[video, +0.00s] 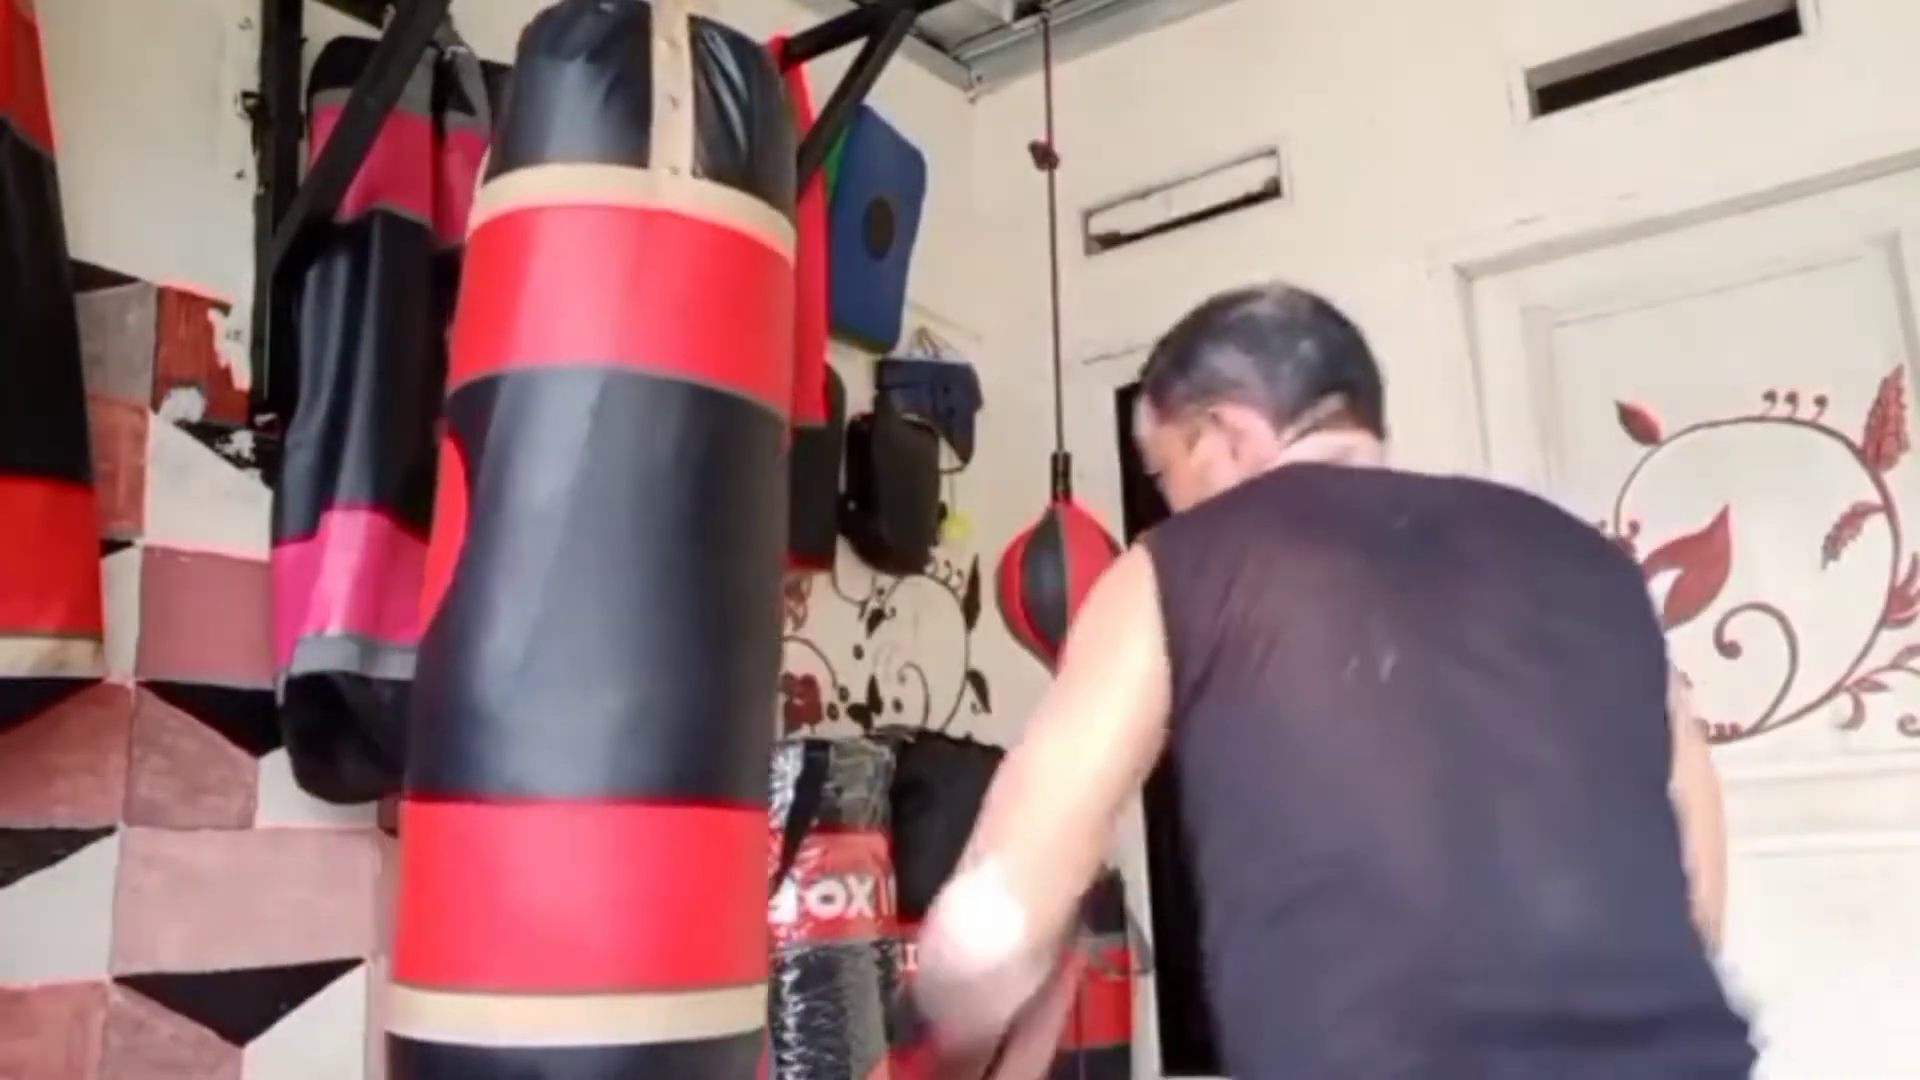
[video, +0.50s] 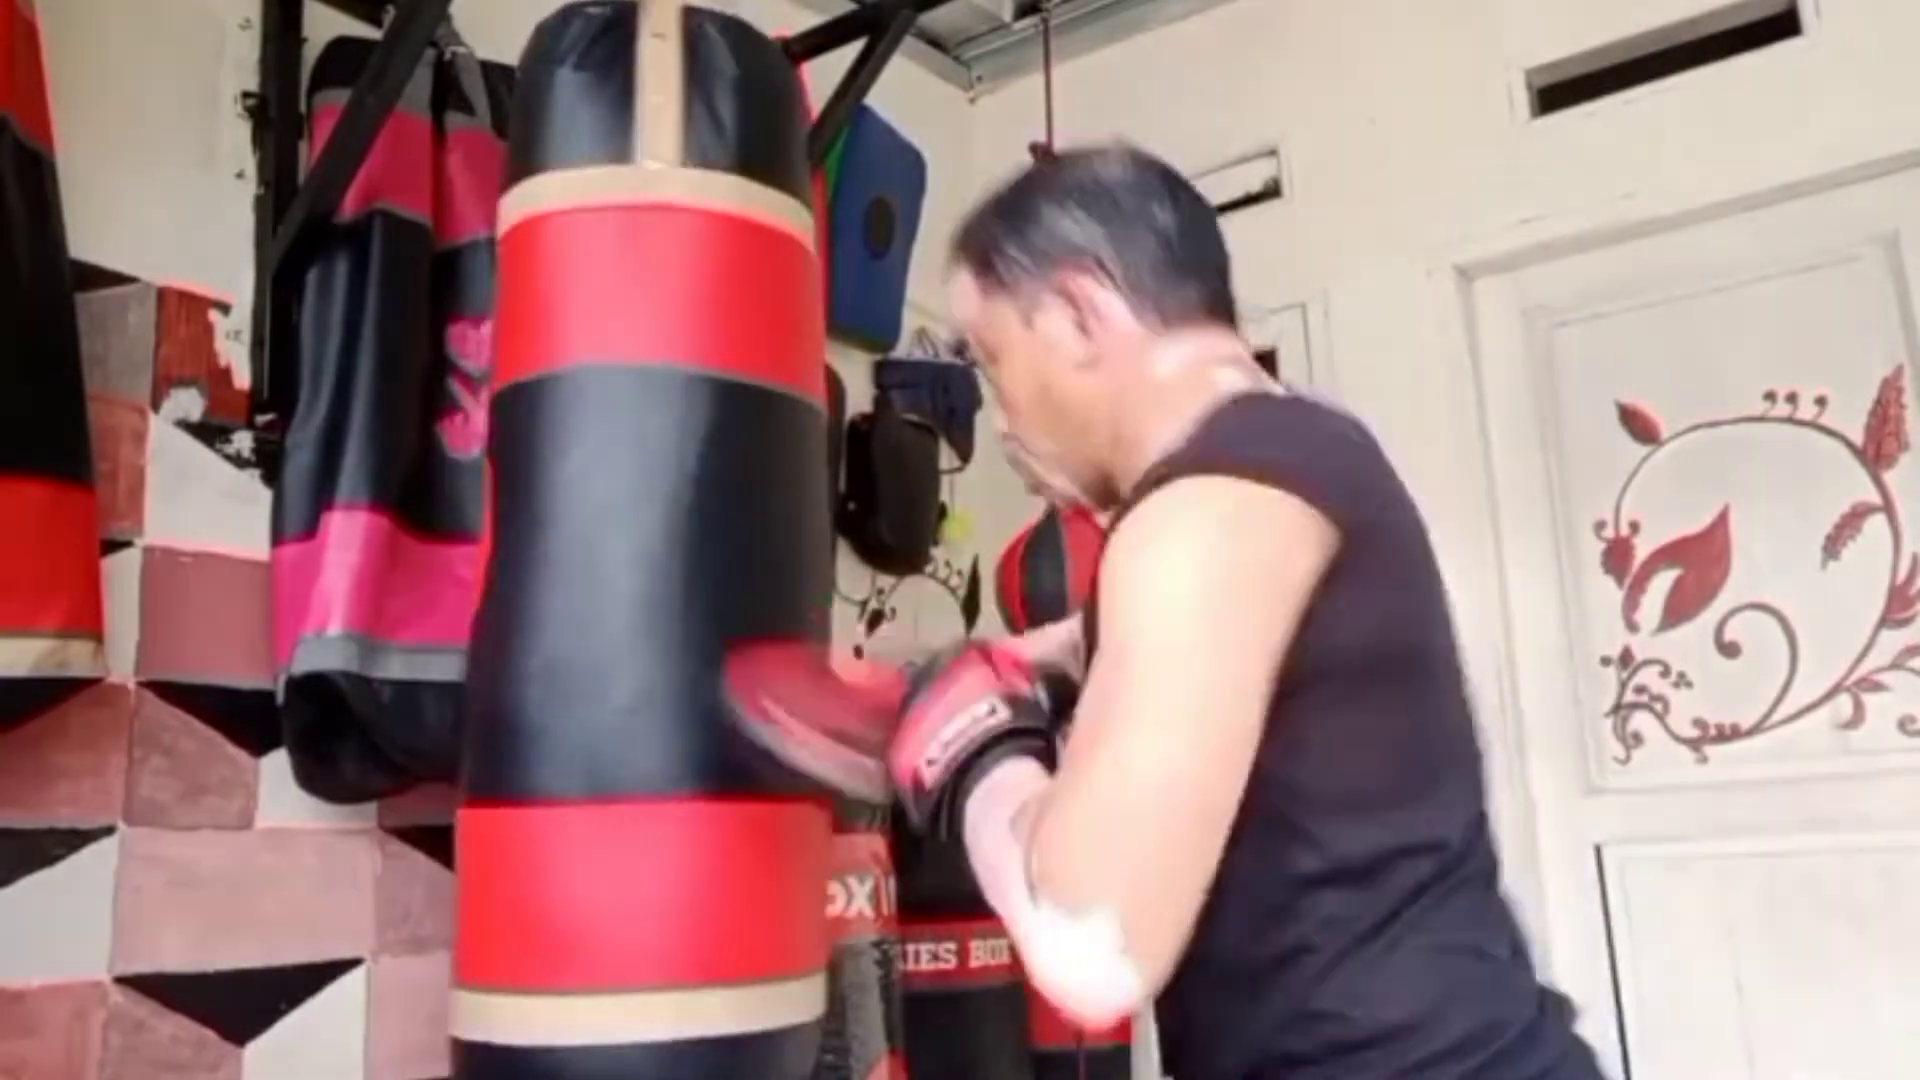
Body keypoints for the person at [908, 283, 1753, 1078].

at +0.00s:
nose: (1166, 508)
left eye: (1164, 476)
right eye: (1155, 483)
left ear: (1234, 430)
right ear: (1365, 422)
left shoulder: (1184, 564)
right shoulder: (1593, 557)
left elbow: (981, 942)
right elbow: (1699, 910)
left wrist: (962, 1040)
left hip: (1356, 1055)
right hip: (1668, 1055)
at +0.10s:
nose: (1124, 508)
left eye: (1124, 466)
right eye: (1115, 472)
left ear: (1196, 434)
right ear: (1329, 430)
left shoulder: (1142, 600)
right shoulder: (1539, 585)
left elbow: (932, 982)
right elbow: (1669, 911)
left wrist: (990, 1057)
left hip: (1313, 1058)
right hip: (1609, 1059)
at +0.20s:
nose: (1099, 497)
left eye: (1094, 453)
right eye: (1087, 461)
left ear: (1165, 419)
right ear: (1298, 421)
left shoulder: (1130, 593)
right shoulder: (1493, 578)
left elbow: (944, 990)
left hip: (1305, 1048)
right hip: (1584, 1047)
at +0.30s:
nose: (1048, 471)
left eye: (1034, 414)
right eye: (1029, 422)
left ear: (1105, 373)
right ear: (1239, 357)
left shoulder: (1196, 542)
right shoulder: (1362, 515)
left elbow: (1013, 944)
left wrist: (993, 828)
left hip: (1360, 1056)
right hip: (1550, 1048)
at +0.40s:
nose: (1031, 440)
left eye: (1022, 389)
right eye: (1016, 397)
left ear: (1106, 356)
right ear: (1137, 352)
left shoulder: (1230, 527)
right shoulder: (1303, 490)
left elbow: (1066, 928)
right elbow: (1047, 699)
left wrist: (976, 813)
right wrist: (856, 676)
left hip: (1376, 1053)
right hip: (1494, 1037)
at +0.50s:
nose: (998, 415)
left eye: (991, 358)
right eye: (982, 370)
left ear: (1082, 312)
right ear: (1096, 315)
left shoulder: (1216, 501)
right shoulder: (1293, 454)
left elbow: (1096, 958)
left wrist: (974, 756)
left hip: (1373, 1055)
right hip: (1461, 1039)